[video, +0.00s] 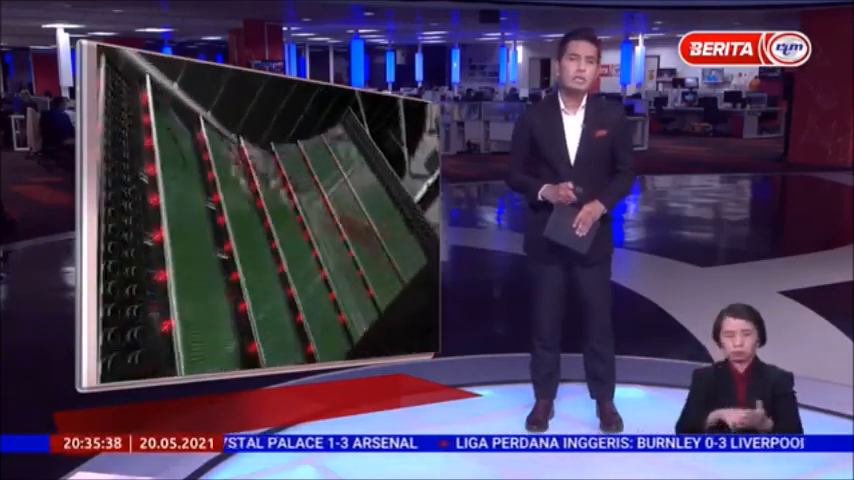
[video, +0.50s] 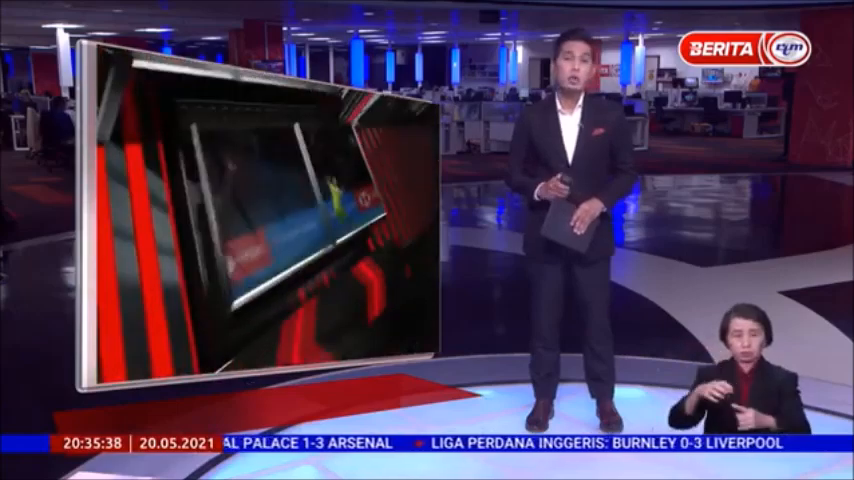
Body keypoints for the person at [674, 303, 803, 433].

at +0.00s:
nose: (738, 342)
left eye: (746, 334)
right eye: (729, 335)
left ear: (759, 338)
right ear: (719, 341)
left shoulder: (779, 380)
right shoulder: (704, 378)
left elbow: (794, 435)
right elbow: (683, 430)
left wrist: (764, 424)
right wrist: (717, 416)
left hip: (766, 464)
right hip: (714, 462)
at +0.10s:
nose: (740, 341)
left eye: (748, 333)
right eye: (732, 334)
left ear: (761, 339)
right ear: (722, 341)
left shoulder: (780, 379)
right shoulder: (705, 377)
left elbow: (798, 431)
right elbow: (680, 430)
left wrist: (759, 413)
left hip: (767, 465)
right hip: (714, 463)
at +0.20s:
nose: (743, 342)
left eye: (751, 333)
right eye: (734, 335)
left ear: (762, 338)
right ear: (724, 341)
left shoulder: (780, 378)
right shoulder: (710, 375)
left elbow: (794, 424)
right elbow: (679, 420)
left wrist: (753, 402)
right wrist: (691, 381)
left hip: (768, 464)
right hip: (718, 463)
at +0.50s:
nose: (746, 343)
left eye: (754, 334)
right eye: (737, 335)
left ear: (765, 339)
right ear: (726, 341)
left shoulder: (783, 380)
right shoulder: (710, 376)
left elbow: (801, 429)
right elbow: (677, 422)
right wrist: (697, 394)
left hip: (770, 465)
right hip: (717, 463)